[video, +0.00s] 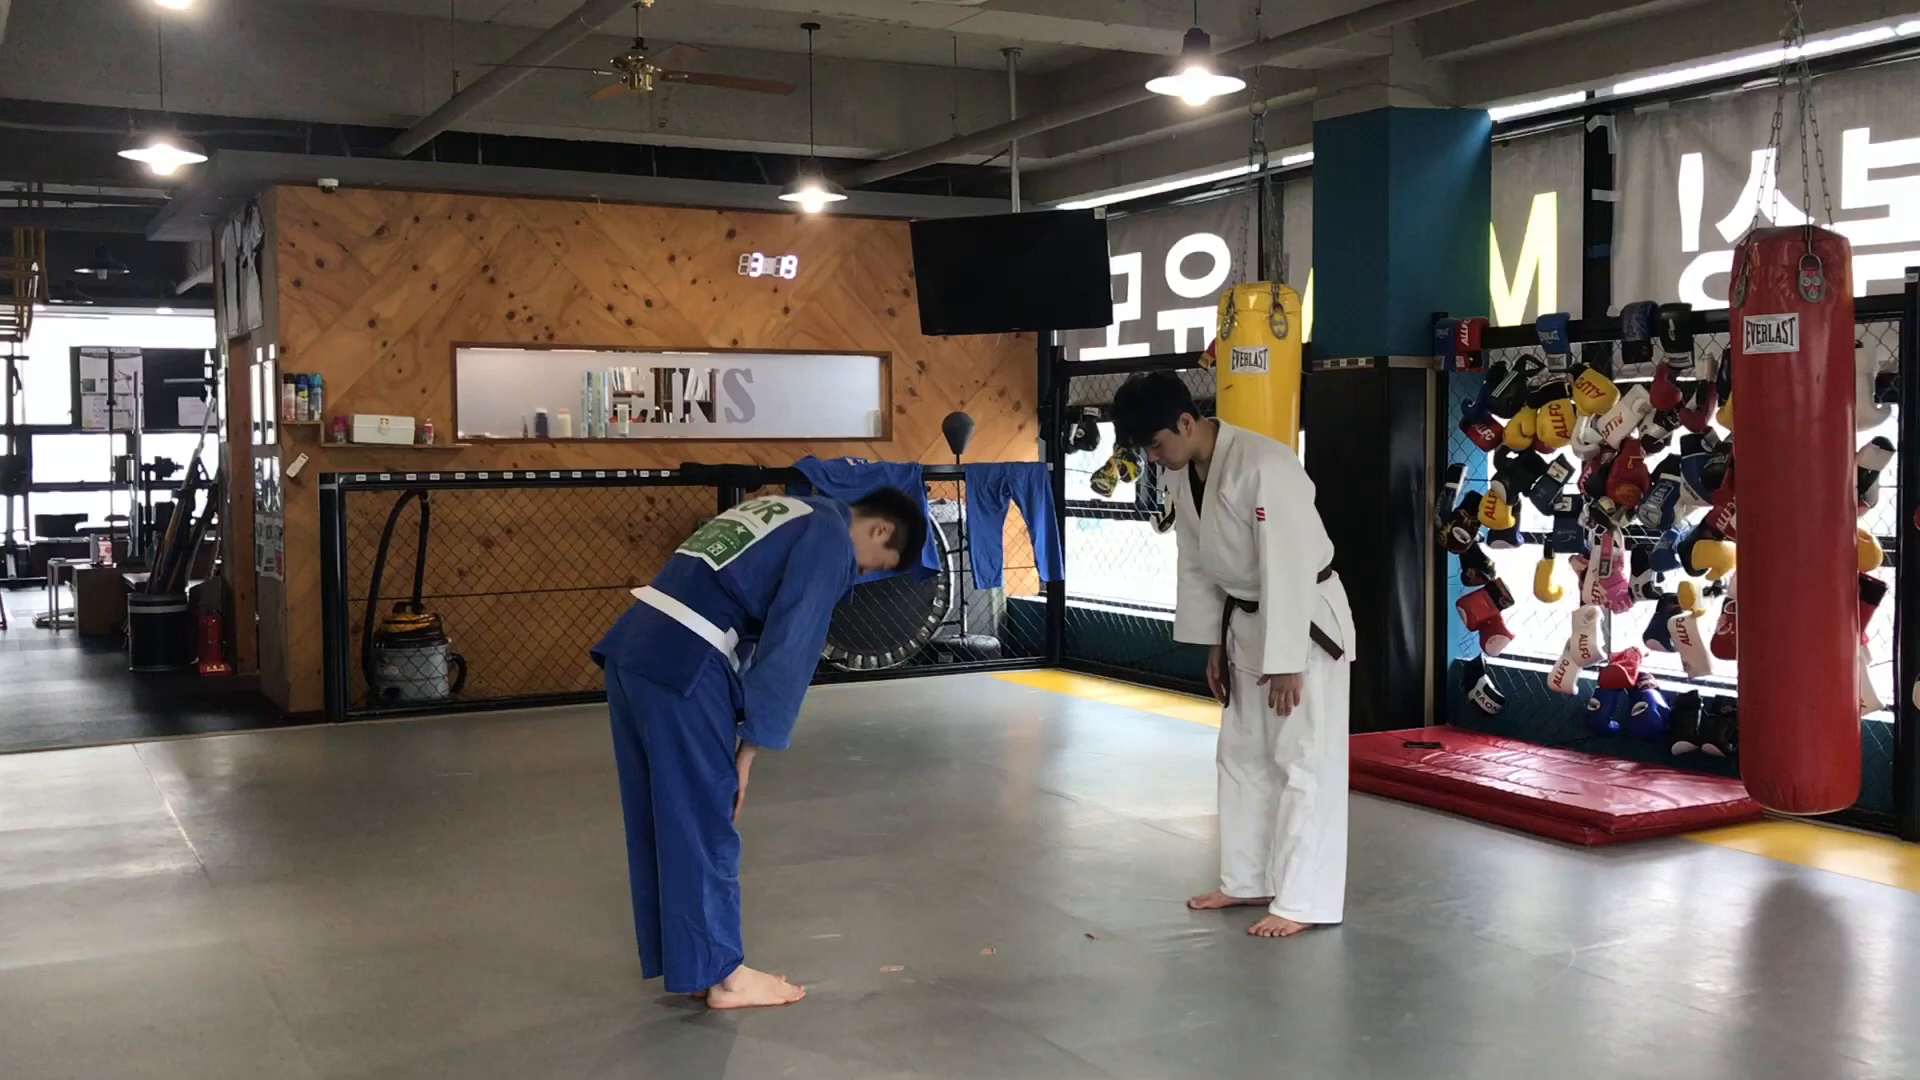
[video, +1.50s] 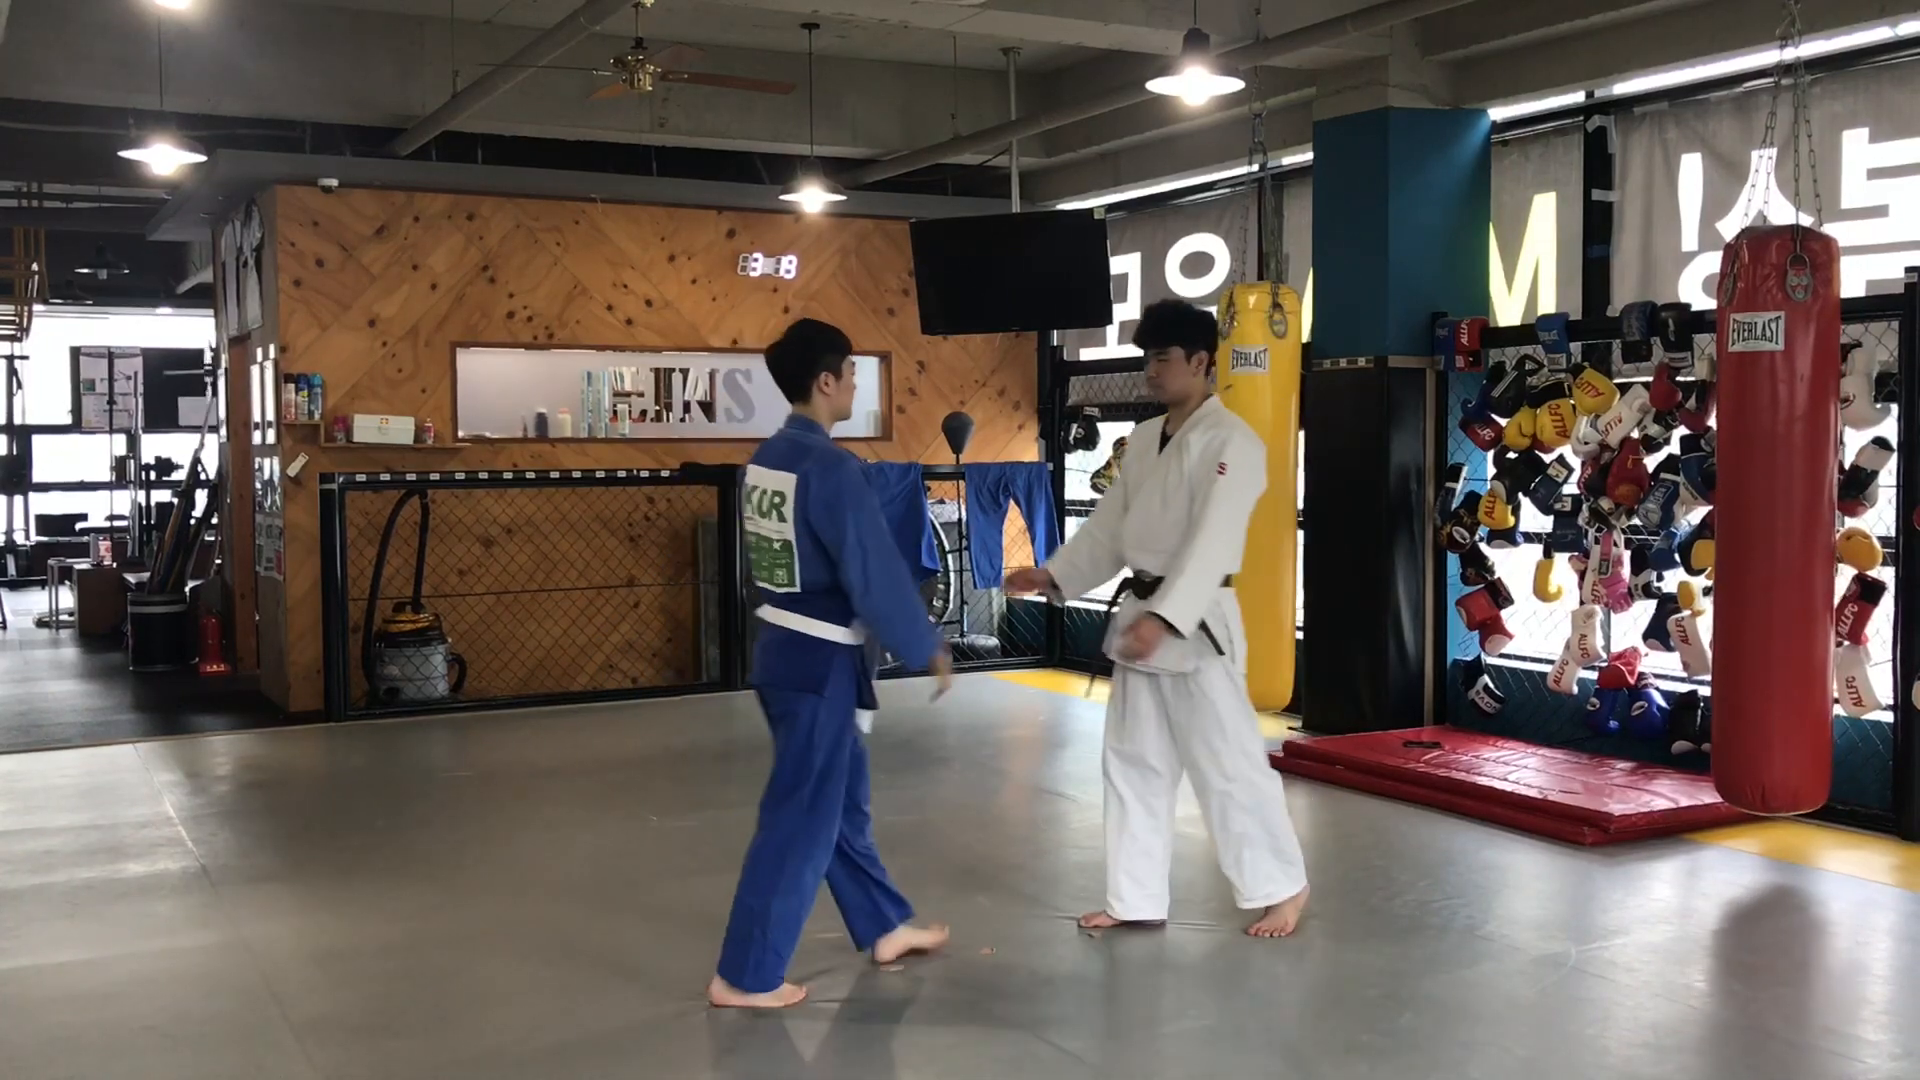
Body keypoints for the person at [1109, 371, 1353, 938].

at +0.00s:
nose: (1153, 458)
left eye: (1155, 445)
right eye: (1146, 450)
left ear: (1186, 421)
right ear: (1179, 428)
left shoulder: (1265, 464)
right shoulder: (1182, 474)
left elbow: (1289, 564)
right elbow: (1198, 562)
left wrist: (1286, 660)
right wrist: (1217, 639)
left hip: (1306, 617)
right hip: (1248, 617)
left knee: (1302, 763)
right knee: (1243, 754)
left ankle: (1304, 901)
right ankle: (1248, 882)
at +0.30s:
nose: (1160, 423)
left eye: (1165, 410)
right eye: (1155, 413)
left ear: (1202, 396)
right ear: (1196, 400)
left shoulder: (1279, 449)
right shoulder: (1186, 458)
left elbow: (1296, 554)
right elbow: (1192, 549)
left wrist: (1285, 650)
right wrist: (1197, 632)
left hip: (1295, 619)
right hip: (1236, 617)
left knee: (1297, 763)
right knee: (1238, 756)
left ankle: (1305, 900)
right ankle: (1246, 881)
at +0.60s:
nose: (1197, 379)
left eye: (1207, 365)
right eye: (1195, 367)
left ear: (1248, 364)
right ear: (1226, 370)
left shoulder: (1300, 443)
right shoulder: (1202, 442)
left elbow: (1312, 546)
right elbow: (1182, 535)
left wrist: (1300, 639)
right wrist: (1166, 616)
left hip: (1269, 632)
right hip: (1211, 628)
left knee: (1276, 772)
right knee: (1219, 767)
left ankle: (1296, 905)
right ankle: (1239, 884)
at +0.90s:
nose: (1212, 371)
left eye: (1225, 360)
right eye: (1209, 360)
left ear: (1266, 364)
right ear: (1209, 365)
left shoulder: (1305, 449)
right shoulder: (1207, 441)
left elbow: (1312, 553)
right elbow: (1179, 533)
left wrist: (1298, 646)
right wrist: (1154, 613)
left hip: (1259, 635)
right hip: (1197, 630)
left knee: (1270, 774)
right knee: (1205, 768)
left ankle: (1293, 904)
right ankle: (1227, 881)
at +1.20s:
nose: (1192, 374)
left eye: (1204, 362)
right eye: (1189, 362)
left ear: (1243, 366)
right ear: (1196, 367)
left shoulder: (1279, 445)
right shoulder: (1190, 440)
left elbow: (1278, 552)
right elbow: (1165, 532)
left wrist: (1251, 645)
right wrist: (1129, 606)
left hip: (1248, 627)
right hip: (1183, 623)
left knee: (1263, 771)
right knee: (1160, 758)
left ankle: (1291, 903)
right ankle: (1157, 893)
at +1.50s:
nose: (1150, 372)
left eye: (1161, 360)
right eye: (1148, 361)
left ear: (1200, 361)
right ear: (1158, 364)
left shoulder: (1233, 443)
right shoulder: (1143, 440)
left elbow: (1217, 541)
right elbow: (1109, 524)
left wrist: (1164, 615)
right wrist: (1055, 575)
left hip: (1196, 617)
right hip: (1135, 612)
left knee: (1226, 761)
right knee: (1135, 763)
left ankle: (1284, 884)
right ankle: (1138, 900)